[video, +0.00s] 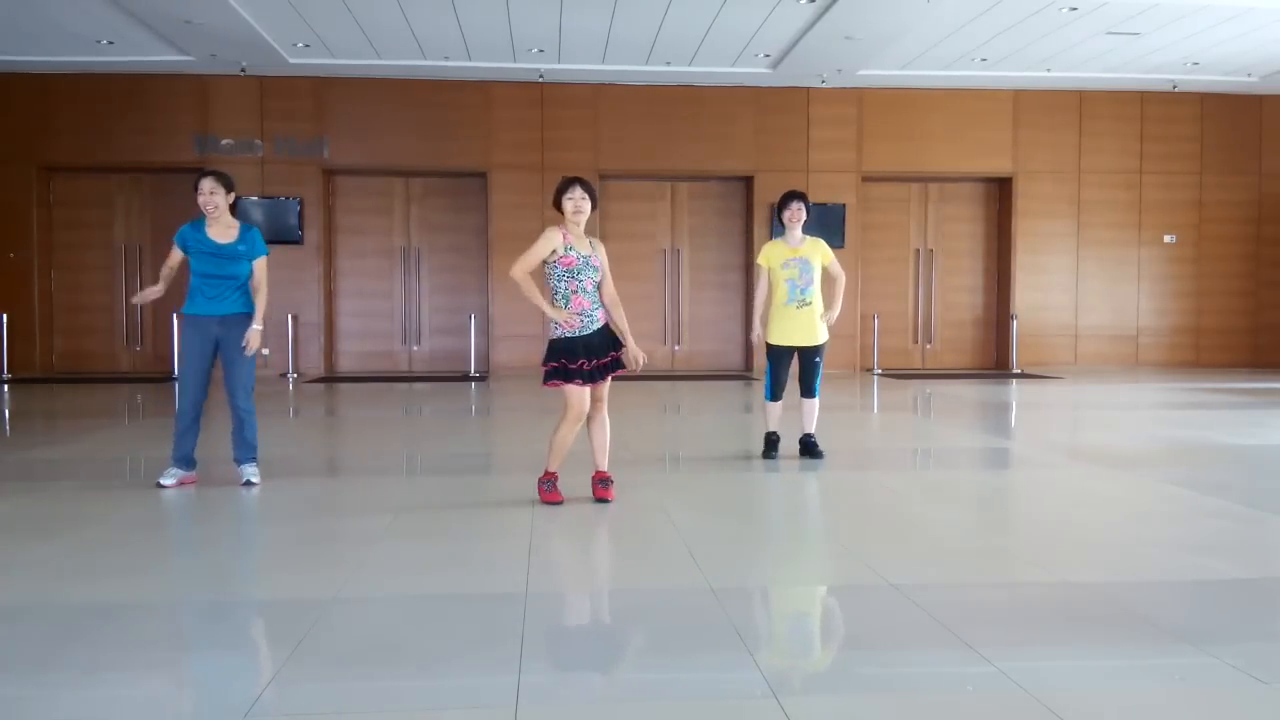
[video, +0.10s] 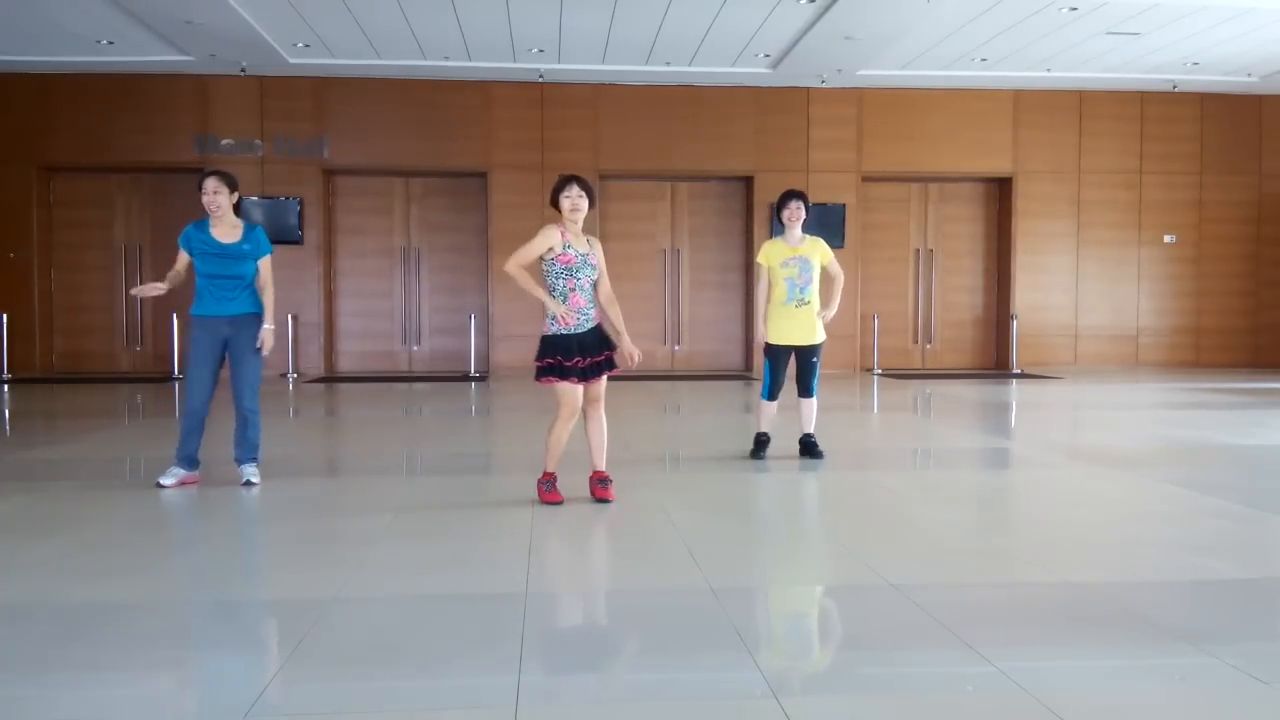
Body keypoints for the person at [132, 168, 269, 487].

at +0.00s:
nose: (207, 200)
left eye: (213, 193)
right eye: (202, 194)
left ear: (230, 197)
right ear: (197, 199)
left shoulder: (250, 235)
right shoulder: (188, 233)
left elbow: (260, 284)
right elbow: (170, 265)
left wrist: (257, 325)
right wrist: (161, 287)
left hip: (237, 323)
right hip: (196, 323)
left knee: (241, 397)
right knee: (189, 395)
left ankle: (247, 462)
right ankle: (184, 465)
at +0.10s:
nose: (210, 199)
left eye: (217, 193)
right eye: (205, 193)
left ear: (233, 196)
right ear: (201, 198)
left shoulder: (254, 234)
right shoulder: (193, 234)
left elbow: (266, 283)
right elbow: (178, 270)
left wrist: (268, 325)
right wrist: (165, 285)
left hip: (246, 323)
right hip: (206, 324)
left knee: (247, 399)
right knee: (195, 399)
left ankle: (248, 463)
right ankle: (187, 465)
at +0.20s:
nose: (213, 198)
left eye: (220, 192)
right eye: (208, 193)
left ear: (236, 196)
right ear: (203, 197)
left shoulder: (257, 235)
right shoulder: (196, 234)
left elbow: (270, 282)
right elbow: (184, 273)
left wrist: (275, 323)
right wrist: (174, 294)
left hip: (251, 323)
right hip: (210, 324)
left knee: (249, 399)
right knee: (202, 397)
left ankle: (249, 463)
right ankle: (195, 466)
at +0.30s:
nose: (214, 200)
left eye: (221, 193)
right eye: (209, 194)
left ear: (237, 196)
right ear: (204, 199)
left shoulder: (258, 234)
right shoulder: (198, 235)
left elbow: (273, 280)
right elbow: (186, 276)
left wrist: (279, 321)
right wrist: (191, 302)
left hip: (253, 323)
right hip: (213, 325)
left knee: (250, 400)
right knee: (208, 398)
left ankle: (249, 463)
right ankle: (203, 466)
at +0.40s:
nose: (216, 200)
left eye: (222, 193)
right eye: (210, 194)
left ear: (237, 197)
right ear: (205, 199)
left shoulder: (259, 234)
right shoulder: (198, 236)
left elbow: (273, 281)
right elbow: (187, 276)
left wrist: (280, 322)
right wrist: (195, 302)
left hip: (255, 324)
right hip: (214, 326)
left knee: (251, 399)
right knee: (208, 398)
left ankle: (249, 463)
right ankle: (203, 465)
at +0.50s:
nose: (215, 198)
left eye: (222, 192)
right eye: (210, 192)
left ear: (237, 196)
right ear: (204, 198)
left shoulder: (258, 234)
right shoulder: (198, 236)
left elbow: (272, 281)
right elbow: (189, 275)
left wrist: (277, 322)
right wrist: (190, 297)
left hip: (253, 323)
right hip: (212, 325)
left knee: (251, 398)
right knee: (203, 396)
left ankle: (249, 463)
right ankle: (199, 463)